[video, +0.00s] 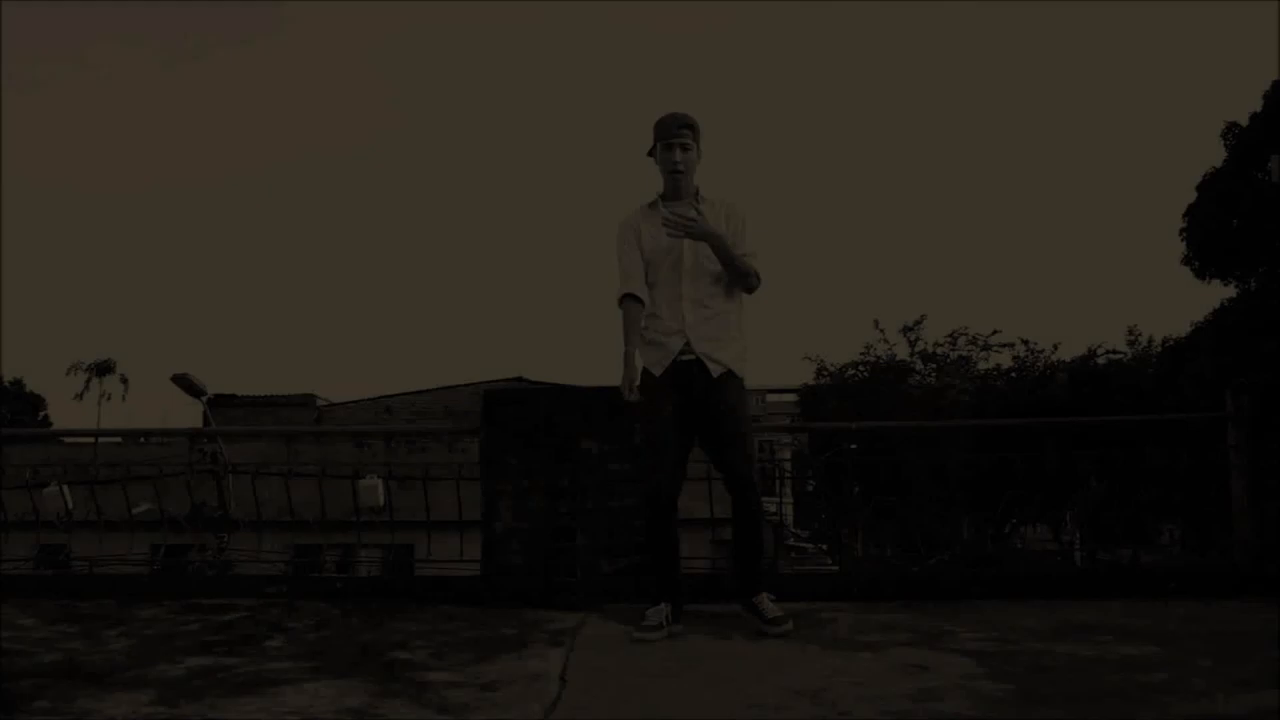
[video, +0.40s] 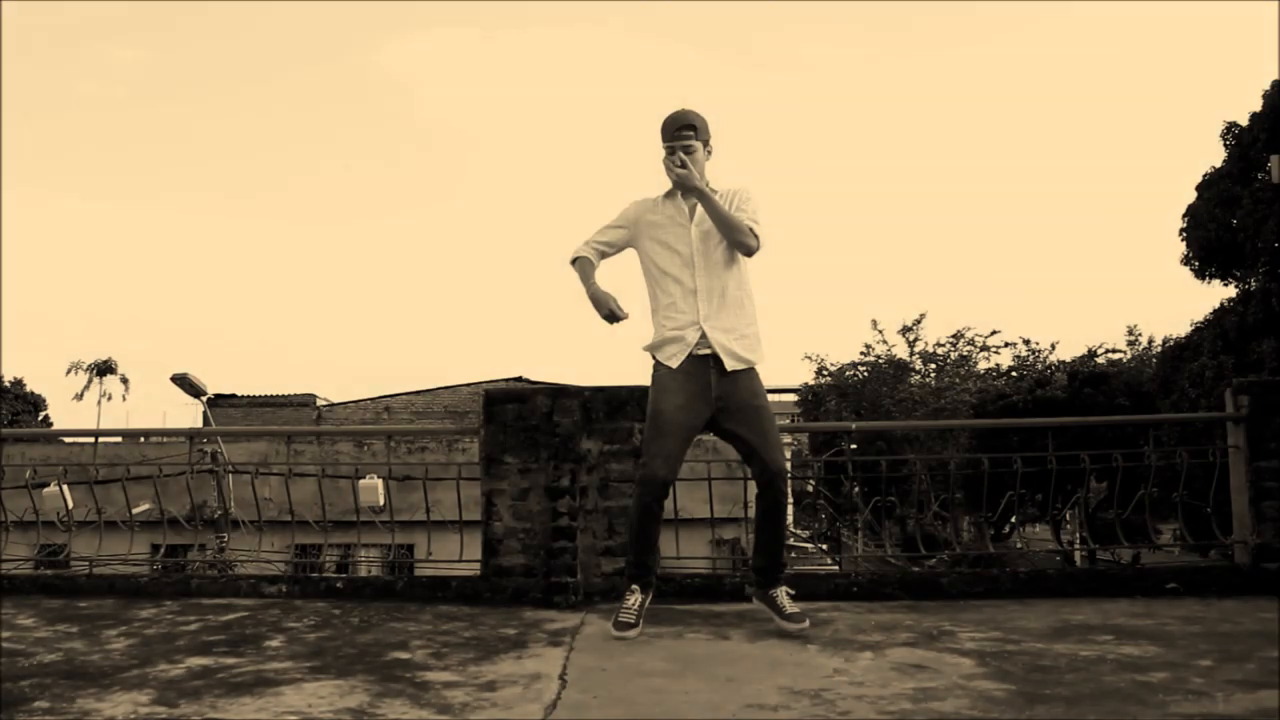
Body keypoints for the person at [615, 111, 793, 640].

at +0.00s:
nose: (677, 156)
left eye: (685, 148)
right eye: (668, 149)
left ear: (699, 155)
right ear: (655, 157)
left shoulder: (726, 216)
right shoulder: (637, 225)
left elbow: (749, 283)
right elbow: (632, 297)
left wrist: (711, 237)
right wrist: (631, 361)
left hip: (720, 366)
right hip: (661, 368)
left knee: (743, 481)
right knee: (659, 487)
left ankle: (755, 592)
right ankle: (662, 600)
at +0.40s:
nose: (680, 154)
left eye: (689, 147)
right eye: (672, 149)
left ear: (708, 152)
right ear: (663, 156)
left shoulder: (735, 200)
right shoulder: (644, 213)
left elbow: (749, 244)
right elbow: (584, 254)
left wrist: (700, 191)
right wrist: (594, 290)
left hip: (738, 363)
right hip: (677, 363)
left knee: (774, 472)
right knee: (654, 477)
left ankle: (769, 583)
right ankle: (640, 587)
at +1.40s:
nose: (656, 195)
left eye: (663, 183)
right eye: (646, 187)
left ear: (677, 178)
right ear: (634, 187)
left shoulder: (707, 226)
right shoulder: (628, 237)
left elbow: (734, 289)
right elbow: (613, 303)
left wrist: (676, 242)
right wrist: (614, 357)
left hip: (720, 376)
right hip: (660, 380)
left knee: (765, 477)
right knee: (643, 492)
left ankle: (786, 581)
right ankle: (627, 602)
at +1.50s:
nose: (680, 206)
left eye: (689, 196)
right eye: (672, 197)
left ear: (702, 190)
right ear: (658, 191)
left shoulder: (723, 238)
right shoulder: (637, 245)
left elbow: (740, 303)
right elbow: (632, 326)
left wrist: (675, 293)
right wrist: (628, 390)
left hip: (722, 381)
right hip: (662, 382)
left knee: (755, 486)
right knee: (641, 495)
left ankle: (749, 593)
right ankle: (627, 602)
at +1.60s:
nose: (681, 197)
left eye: (689, 187)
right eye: (673, 189)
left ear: (709, 184)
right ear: (666, 190)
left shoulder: (735, 239)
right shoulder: (645, 244)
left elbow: (741, 305)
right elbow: (633, 326)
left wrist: (691, 340)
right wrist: (627, 391)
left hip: (719, 391)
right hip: (657, 389)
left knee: (745, 494)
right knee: (631, 485)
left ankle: (745, 601)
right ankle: (622, 596)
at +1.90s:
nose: (643, 201)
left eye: (651, 192)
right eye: (637, 193)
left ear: (672, 189)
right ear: (630, 194)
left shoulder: (704, 243)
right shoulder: (621, 249)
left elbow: (736, 314)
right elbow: (608, 311)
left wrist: (759, 384)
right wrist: (609, 364)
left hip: (715, 393)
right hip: (652, 397)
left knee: (758, 495)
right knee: (633, 506)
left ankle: (788, 597)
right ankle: (609, 602)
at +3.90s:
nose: (690, 229)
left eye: (699, 218)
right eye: (684, 220)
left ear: (726, 219)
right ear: (680, 225)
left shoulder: (760, 279)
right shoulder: (671, 294)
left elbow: (776, 347)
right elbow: (653, 368)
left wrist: (781, 416)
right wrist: (643, 426)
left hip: (748, 425)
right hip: (688, 428)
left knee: (797, 517)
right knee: (661, 524)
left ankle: (801, 607)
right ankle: (610, 597)